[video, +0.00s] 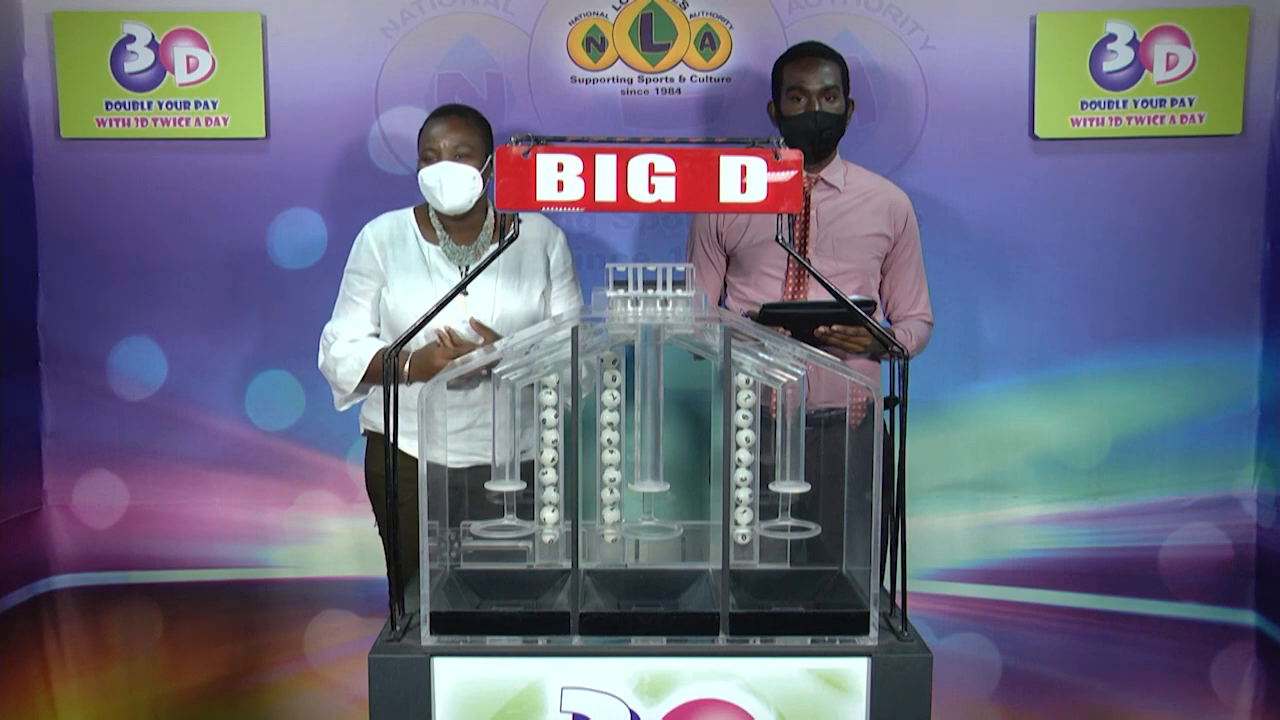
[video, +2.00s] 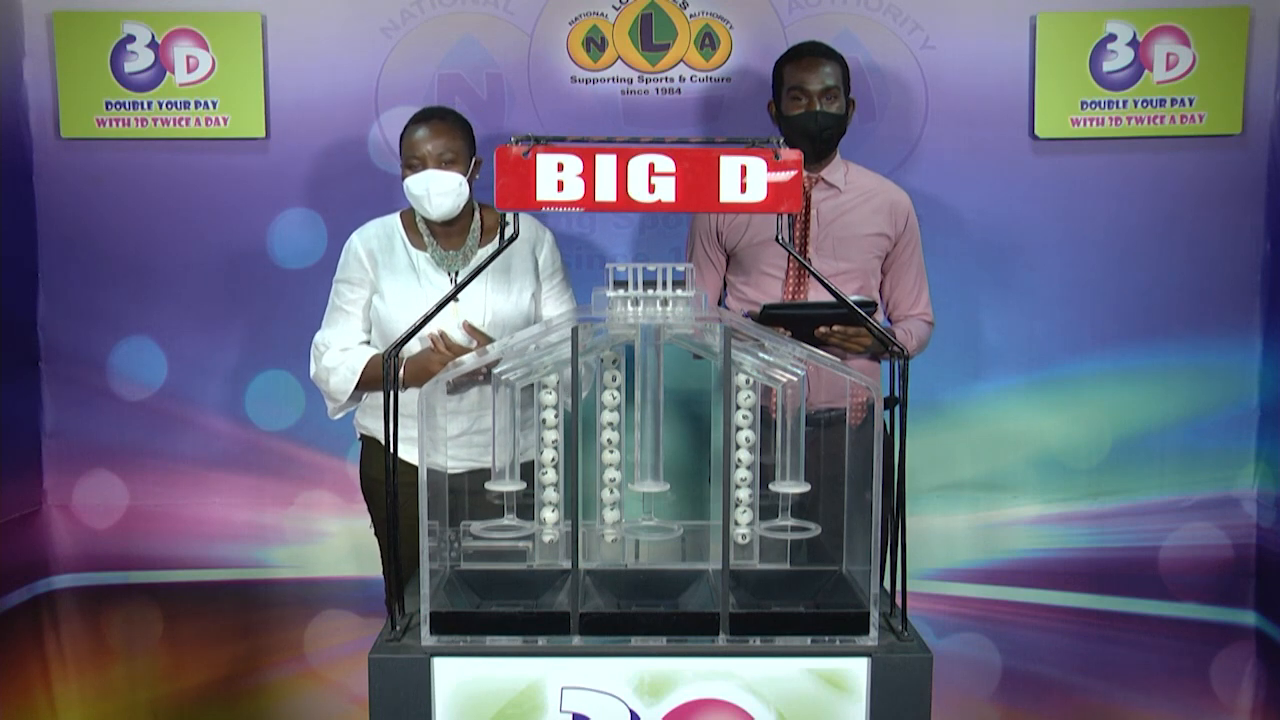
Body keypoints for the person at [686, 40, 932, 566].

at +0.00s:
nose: (814, 109)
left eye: (829, 95)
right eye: (797, 96)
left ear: (848, 108)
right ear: (775, 109)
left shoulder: (888, 204)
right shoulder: (727, 200)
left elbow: (915, 320)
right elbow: (695, 317)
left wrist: (877, 341)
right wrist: (757, 336)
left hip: (843, 417)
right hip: (751, 417)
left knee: (843, 580)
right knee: (752, 579)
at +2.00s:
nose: (814, 109)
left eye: (830, 95)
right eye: (797, 96)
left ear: (849, 108)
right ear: (775, 109)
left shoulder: (888, 204)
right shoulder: (727, 200)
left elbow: (915, 321)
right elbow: (694, 317)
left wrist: (876, 341)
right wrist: (758, 335)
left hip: (843, 417)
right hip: (750, 418)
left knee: (843, 581)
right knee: (752, 580)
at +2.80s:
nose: (815, 109)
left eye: (830, 95)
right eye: (797, 96)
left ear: (849, 108)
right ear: (775, 109)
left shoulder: (888, 204)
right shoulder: (727, 200)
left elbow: (915, 321)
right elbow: (695, 318)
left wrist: (877, 341)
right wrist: (758, 337)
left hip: (842, 416)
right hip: (751, 417)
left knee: (843, 580)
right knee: (752, 579)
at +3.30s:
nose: (814, 109)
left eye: (830, 95)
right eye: (796, 96)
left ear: (848, 107)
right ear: (774, 109)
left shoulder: (888, 204)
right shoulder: (727, 201)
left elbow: (915, 321)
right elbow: (694, 318)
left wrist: (877, 341)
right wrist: (757, 338)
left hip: (842, 417)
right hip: (751, 417)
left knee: (843, 581)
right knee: (752, 579)